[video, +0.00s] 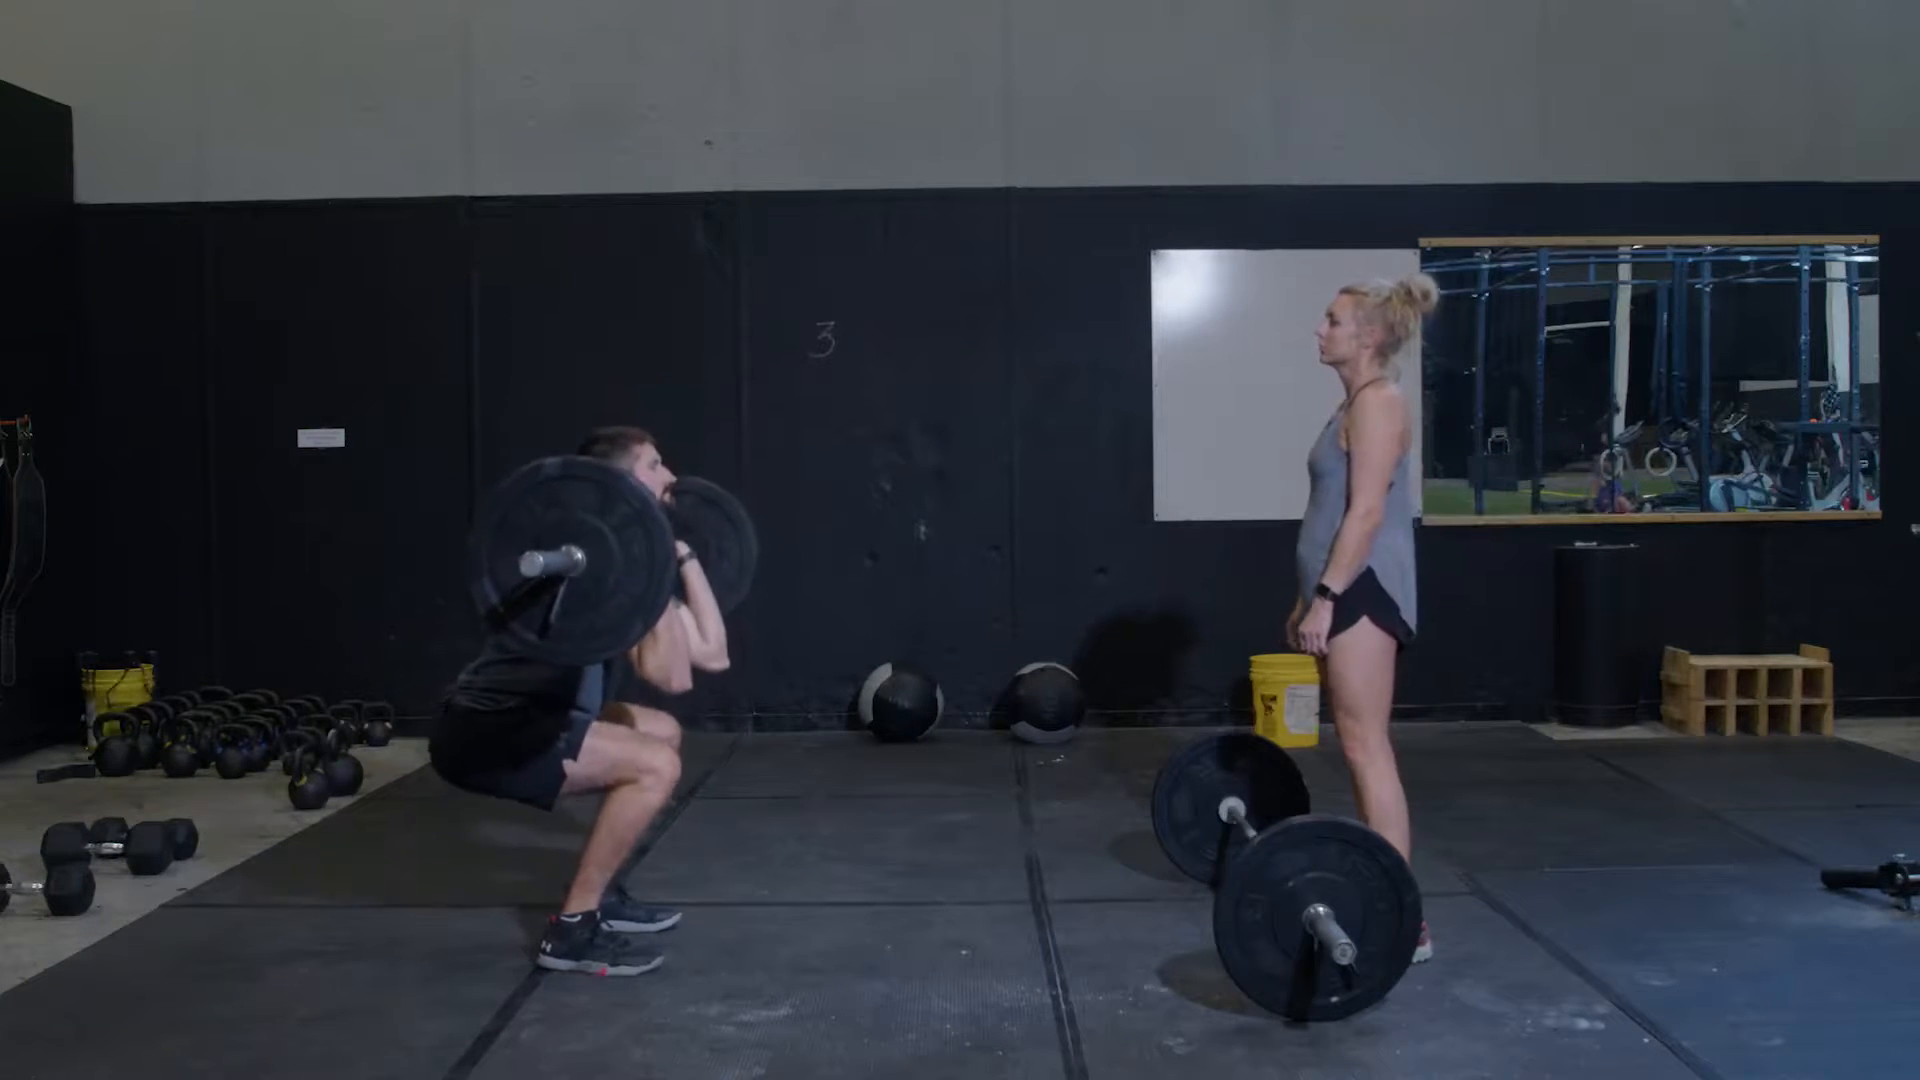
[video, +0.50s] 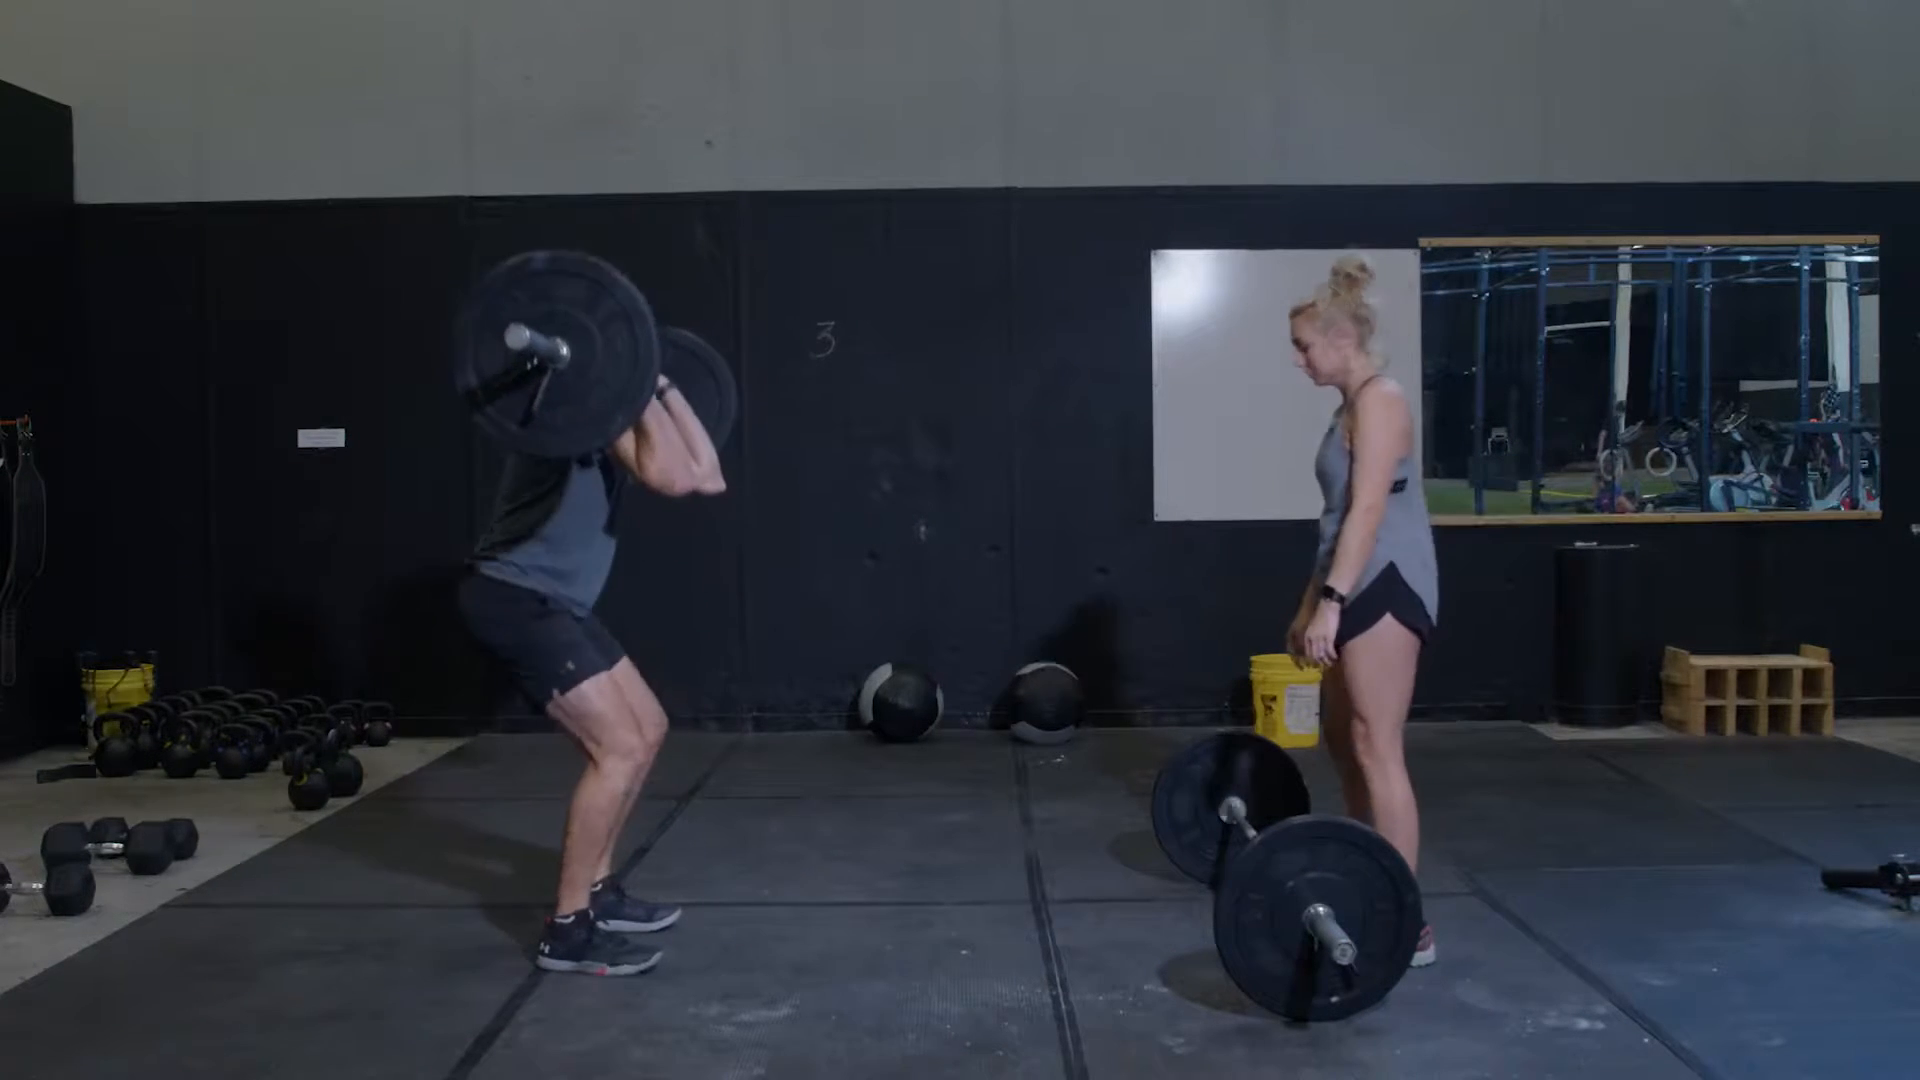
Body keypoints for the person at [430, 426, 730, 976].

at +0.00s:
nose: (669, 475)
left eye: (662, 463)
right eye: (653, 466)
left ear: (624, 486)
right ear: (619, 484)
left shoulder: (635, 549)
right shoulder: (608, 554)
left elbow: (716, 656)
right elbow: (672, 677)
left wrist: (685, 558)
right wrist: (650, 561)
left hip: (523, 709)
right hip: (487, 731)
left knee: (663, 733)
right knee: (657, 767)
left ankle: (601, 896)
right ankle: (572, 928)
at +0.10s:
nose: (668, 454)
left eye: (661, 442)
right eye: (653, 445)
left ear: (620, 463)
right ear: (617, 462)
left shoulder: (631, 527)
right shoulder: (597, 531)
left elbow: (712, 636)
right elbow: (669, 654)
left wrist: (683, 540)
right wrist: (649, 540)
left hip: (522, 692)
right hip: (484, 711)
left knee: (657, 729)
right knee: (649, 763)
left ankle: (598, 895)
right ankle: (571, 927)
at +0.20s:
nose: (663, 429)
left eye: (658, 416)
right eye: (648, 419)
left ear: (637, 434)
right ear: (610, 434)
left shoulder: (628, 505)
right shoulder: (593, 506)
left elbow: (708, 607)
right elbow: (663, 621)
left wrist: (676, 505)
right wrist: (649, 506)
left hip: (525, 668)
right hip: (484, 683)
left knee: (653, 728)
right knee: (639, 761)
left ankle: (600, 894)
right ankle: (569, 928)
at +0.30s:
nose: (655, 391)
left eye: (650, 379)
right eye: (638, 382)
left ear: (640, 395)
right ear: (602, 398)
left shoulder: (626, 470)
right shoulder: (590, 470)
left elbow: (706, 574)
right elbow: (663, 581)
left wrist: (672, 471)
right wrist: (645, 481)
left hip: (533, 648)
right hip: (490, 654)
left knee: (652, 727)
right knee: (634, 756)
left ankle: (597, 893)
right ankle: (569, 928)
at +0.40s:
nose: (635, 358)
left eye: (632, 346)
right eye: (617, 347)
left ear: (628, 362)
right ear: (583, 360)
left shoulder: (607, 428)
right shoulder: (566, 431)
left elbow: (708, 527)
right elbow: (669, 530)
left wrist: (660, 420)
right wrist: (635, 425)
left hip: (543, 625)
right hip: (496, 630)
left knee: (649, 729)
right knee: (628, 751)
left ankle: (596, 894)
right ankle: (569, 927)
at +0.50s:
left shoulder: (609, 393)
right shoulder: (566, 392)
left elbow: (708, 475)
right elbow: (670, 476)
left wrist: (658, 381)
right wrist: (636, 388)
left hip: (560, 599)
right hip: (518, 597)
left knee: (647, 728)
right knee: (621, 746)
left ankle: (595, 893)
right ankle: (567, 925)